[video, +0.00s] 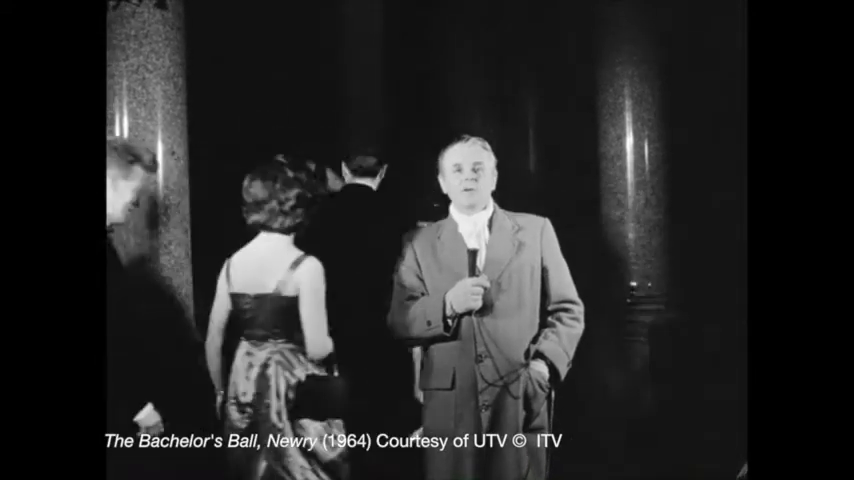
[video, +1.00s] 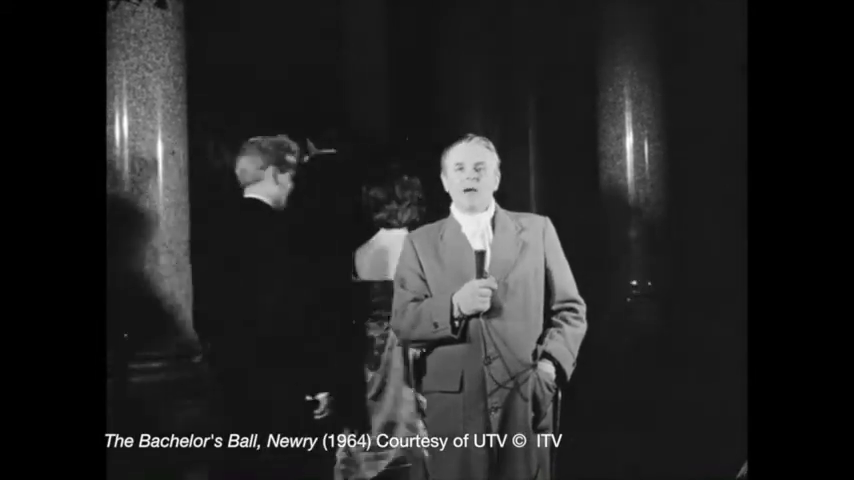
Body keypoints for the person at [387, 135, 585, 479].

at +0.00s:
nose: (468, 176)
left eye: (478, 167)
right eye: (457, 168)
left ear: (495, 178)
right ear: (442, 183)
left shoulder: (535, 231)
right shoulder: (420, 243)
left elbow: (566, 309)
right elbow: (399, 320)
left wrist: (544, 363)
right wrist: (446, 305)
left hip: (519, 398)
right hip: (449, 400)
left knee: (522, 474)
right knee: (449, 473)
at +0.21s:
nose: (471, 176)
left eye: (480, 167)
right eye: (459, 169)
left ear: (496, 177)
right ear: (444, 182)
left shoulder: (537, 230)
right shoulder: (419, 242)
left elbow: (568, 308)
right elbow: (402, 319)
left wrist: (547, 363)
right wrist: (448, 305)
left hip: (521, 397)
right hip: (450, 399)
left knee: (524, 474)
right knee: (451, 474)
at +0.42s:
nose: (471, 178)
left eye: (480, 169)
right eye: (460, 171)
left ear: (497, 178)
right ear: (444, 183)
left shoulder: (538, 231)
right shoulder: (420, 243)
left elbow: (569, 308)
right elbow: (402, 319)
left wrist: (548, 364)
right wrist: (450, 306)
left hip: (522, 397)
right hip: (451, 399)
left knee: (526, 473)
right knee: (451, 473)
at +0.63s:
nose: (470, 179)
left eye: (480, 169)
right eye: (459, 171)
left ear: (497, 178)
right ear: (444, 182)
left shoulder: (537, 231)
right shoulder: (419, 243)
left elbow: (569, 308)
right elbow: (403, 321)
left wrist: (549, 363)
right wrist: (452, 307)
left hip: (523, 397)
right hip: (451, 399)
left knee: (527, 474)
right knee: (453, 473)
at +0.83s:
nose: (470, 179)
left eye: (479, 169)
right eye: (459, 171)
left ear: (497, 178)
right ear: (443, 183)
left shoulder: (537, 231)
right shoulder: (419, 243)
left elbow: (568, 309)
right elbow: (402, 325)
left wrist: (550, 363)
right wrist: (452, 307)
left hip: (523, 398)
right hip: (453, 401)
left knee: (528, 474)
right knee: (453, 473)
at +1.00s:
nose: (470, 174)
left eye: (480, 166)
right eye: (459, 167)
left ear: (497, 178)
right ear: (444, 181)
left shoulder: (537, 231)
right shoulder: (420, 242)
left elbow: (569, 309)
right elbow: (404, 321)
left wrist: (551, 363)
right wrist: (453, 306)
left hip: (523, 399)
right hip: (452, 402)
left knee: (527, 474)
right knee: (453, 473)